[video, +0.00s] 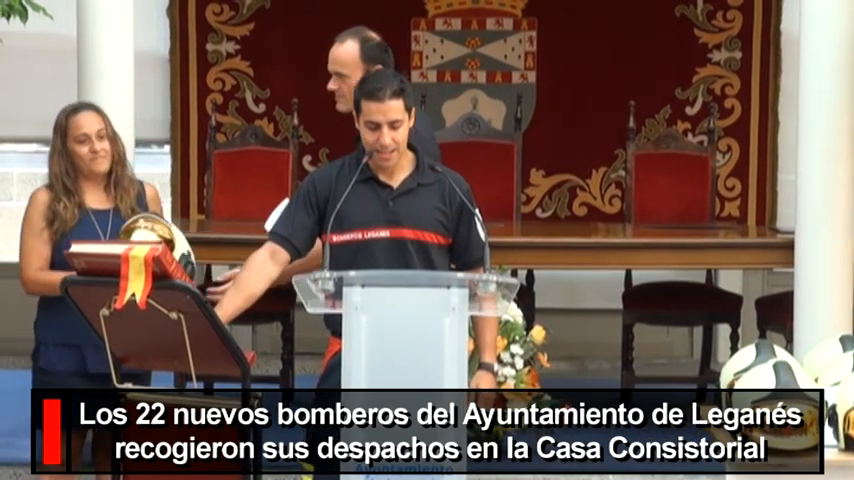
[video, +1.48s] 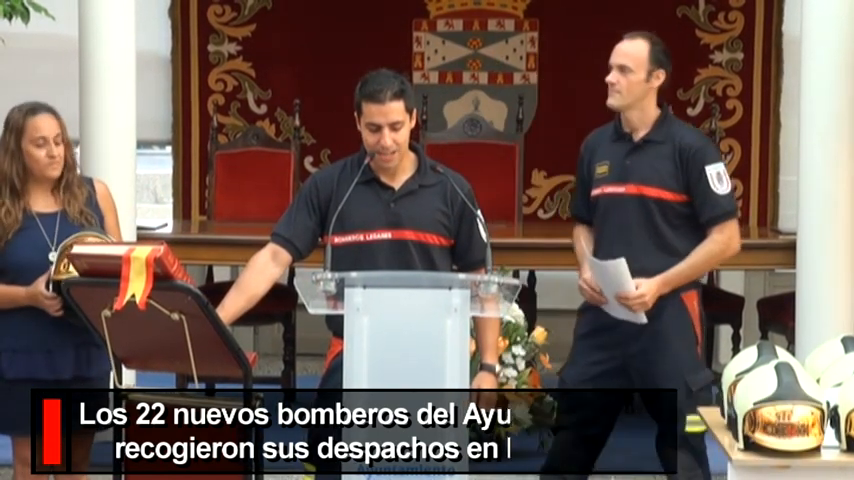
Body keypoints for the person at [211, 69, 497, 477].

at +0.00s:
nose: (384, 139)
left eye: (395, 126)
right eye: (372, 127)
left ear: (411, 119)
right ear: (357, 121)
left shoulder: (450, 189)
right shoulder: (327, 184)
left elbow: (480, 283)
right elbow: (272, 256)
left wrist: (487, 366)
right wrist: (212, 324)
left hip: (431, 353)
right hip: (352, 351)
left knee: (433, 469)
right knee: (330, 462)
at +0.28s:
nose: (384, 140)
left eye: (395, 126)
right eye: (373, 127)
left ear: (411, 120)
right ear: (357, 123)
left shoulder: (449, 190)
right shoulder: (327, 185)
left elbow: (480, 283)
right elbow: (272, 256)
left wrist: (488, 366)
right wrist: (213, 323)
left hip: (434, 352)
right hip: (354, 350)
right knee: (330, 457)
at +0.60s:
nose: (384, 140)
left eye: (394, 127)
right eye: (373, 128)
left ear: (412, 120)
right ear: (357, 123)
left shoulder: (448, 189)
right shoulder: (328, 185)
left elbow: (480, 281)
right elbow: (273, 256)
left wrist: (488, 365)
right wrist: (214, 323)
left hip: (433, 351)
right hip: (354, 349)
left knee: (437, 466)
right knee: (329, 455)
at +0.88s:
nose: (384, 141)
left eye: (394, 127)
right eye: (373, 128)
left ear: (413, 121)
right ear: (357, 124)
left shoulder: (450, 190)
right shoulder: (329, 185)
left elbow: (481, 282)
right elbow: (273, 256)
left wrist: (489, 366)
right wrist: (214, 324)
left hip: (434, 353)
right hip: (354, 352)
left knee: (437, 470)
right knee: (334, 464)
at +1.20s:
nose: (384, 141)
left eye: (395, 127)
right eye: (373, 128)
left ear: (413, 121)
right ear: (358, 124)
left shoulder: (452, 191)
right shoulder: (329, 186)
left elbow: (481, 282)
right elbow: (274, 257)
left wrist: (489, 366)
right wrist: (214, 324)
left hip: (434, 353)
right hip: (354, 352)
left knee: (437, 469)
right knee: (333, 464)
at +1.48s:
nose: (385, 141)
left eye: (395, 127)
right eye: (373, 128)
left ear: (413, 121)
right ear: (358, 124)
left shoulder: (452, 191)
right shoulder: (329, 186)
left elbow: (481, 283)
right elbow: (273, 257)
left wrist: (489, 367)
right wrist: (214, 325)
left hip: (434, 354)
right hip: (354, 353)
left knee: (436, 468)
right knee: (333, 462)